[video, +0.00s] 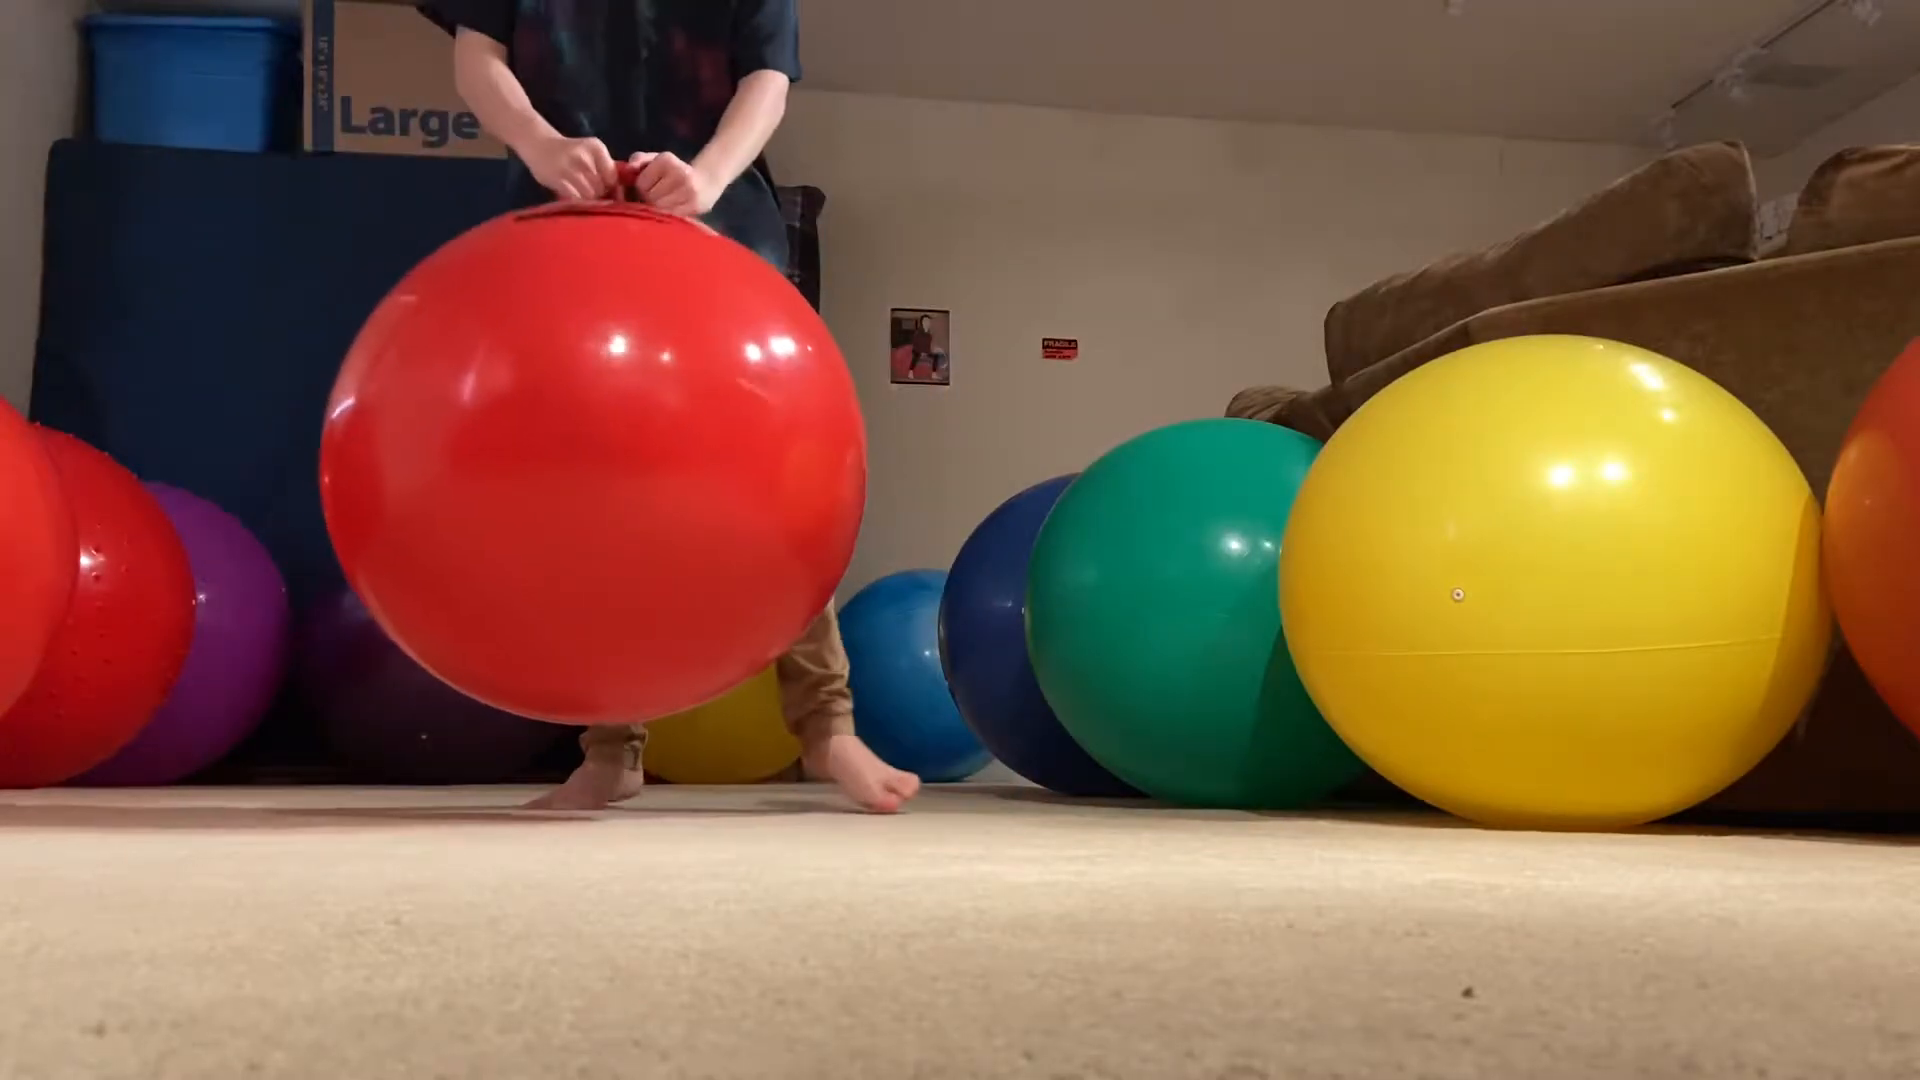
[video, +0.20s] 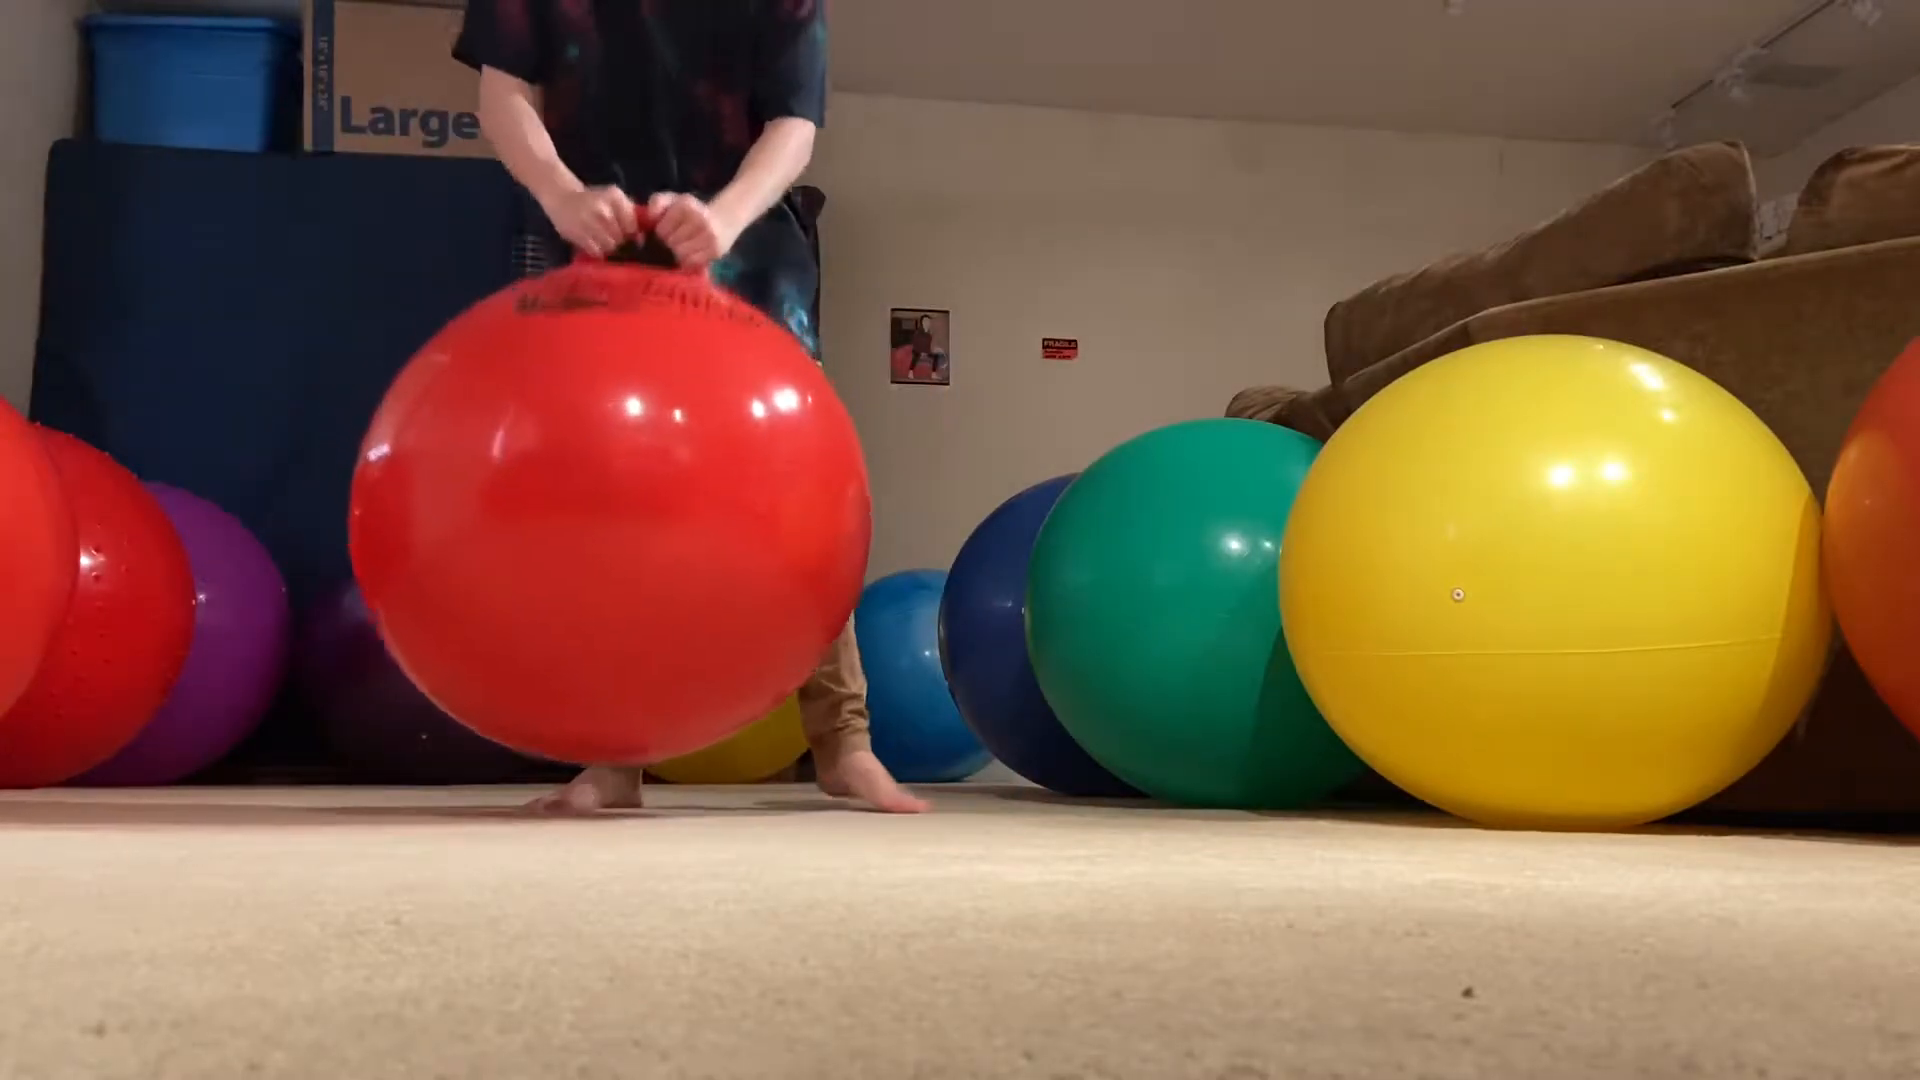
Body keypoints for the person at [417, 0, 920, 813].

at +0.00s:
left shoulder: (755, 1)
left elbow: (772, 73)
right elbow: (476, 55)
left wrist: (704, 174)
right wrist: (544, 146)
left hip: (727, 229)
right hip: (575, 229)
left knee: (781, 463)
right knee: (586, 473)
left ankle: (827, 724)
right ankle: (609, 748)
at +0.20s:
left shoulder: (785, 6)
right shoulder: (528, 3)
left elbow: (795, 123)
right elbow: (502, 94)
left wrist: (722, 216)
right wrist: (564, 195)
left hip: (750, 257)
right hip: (596, 256)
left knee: (794, 483)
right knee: (597, 491)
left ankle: (844, 742)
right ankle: (612, 762)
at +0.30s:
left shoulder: (807, 10)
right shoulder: (564, 7)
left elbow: (802, 176)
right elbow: (541, 152)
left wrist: (727, 302)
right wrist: (581, 289)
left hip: (771, 280)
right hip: (620, 276)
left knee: (803, 522)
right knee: (622, 514)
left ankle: (841, 759)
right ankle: (630, 755)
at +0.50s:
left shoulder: (852, 11)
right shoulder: (614, 4)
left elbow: (801, 194)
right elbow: (599, 165)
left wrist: (742, 338)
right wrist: (610, 323)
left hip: (796, 262)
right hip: (649, 251)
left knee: (833, 517)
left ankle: (852, 767)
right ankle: (521, 740)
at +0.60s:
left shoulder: (827, 13)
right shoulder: (605, 5)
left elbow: (797, 138)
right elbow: (603, 121)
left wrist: (753, 290)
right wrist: (618, 273)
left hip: (795, 242)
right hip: (634, 225)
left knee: (880, 448)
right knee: (459, 320)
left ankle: (882, 720)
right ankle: (391, 620)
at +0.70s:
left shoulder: (809, 6)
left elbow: (796, 126)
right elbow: (582, 100)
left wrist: (754, 280)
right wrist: (616, 255)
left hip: (769, 239)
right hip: (610, 219)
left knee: (937, 363)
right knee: (422, 242)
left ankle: (926, 657)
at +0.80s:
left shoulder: (815, 6)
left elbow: (825, 155)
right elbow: (536, 124)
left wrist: (751, 286)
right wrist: (601, 264)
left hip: (754, 281)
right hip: (589, 265)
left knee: (946, 333)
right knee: (404, 245)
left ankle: (961, 647)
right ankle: (226, 536)